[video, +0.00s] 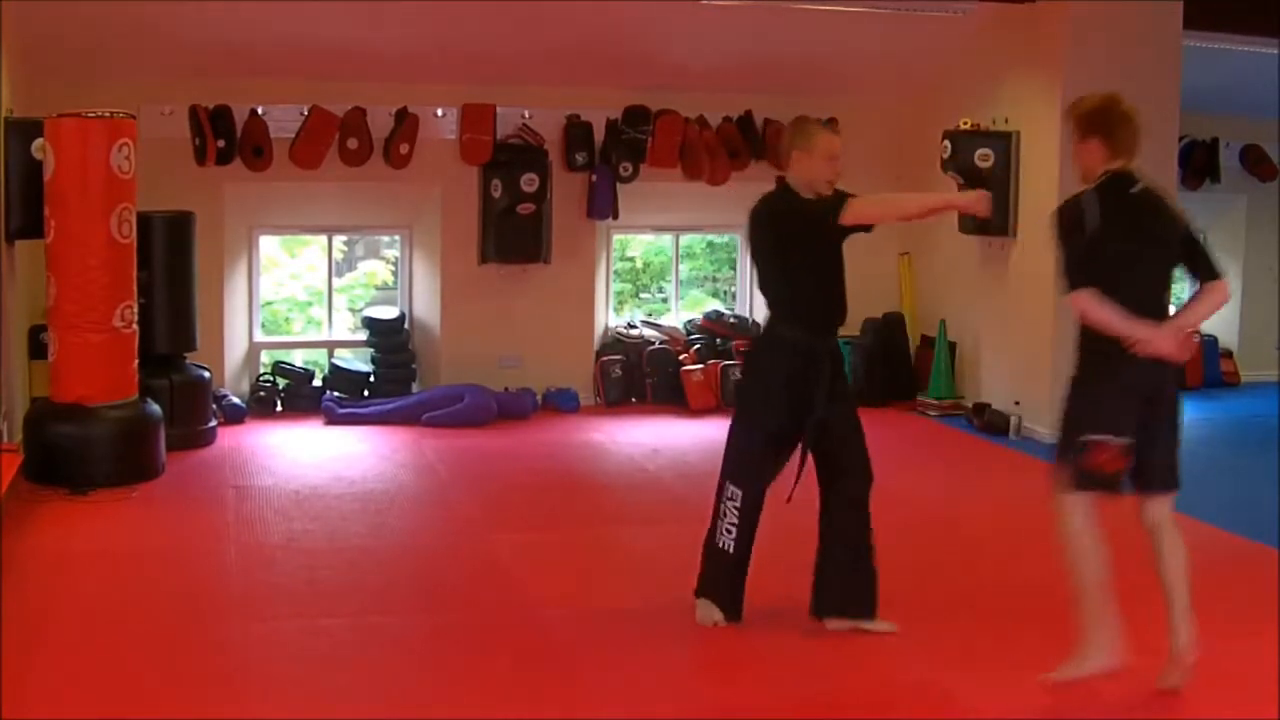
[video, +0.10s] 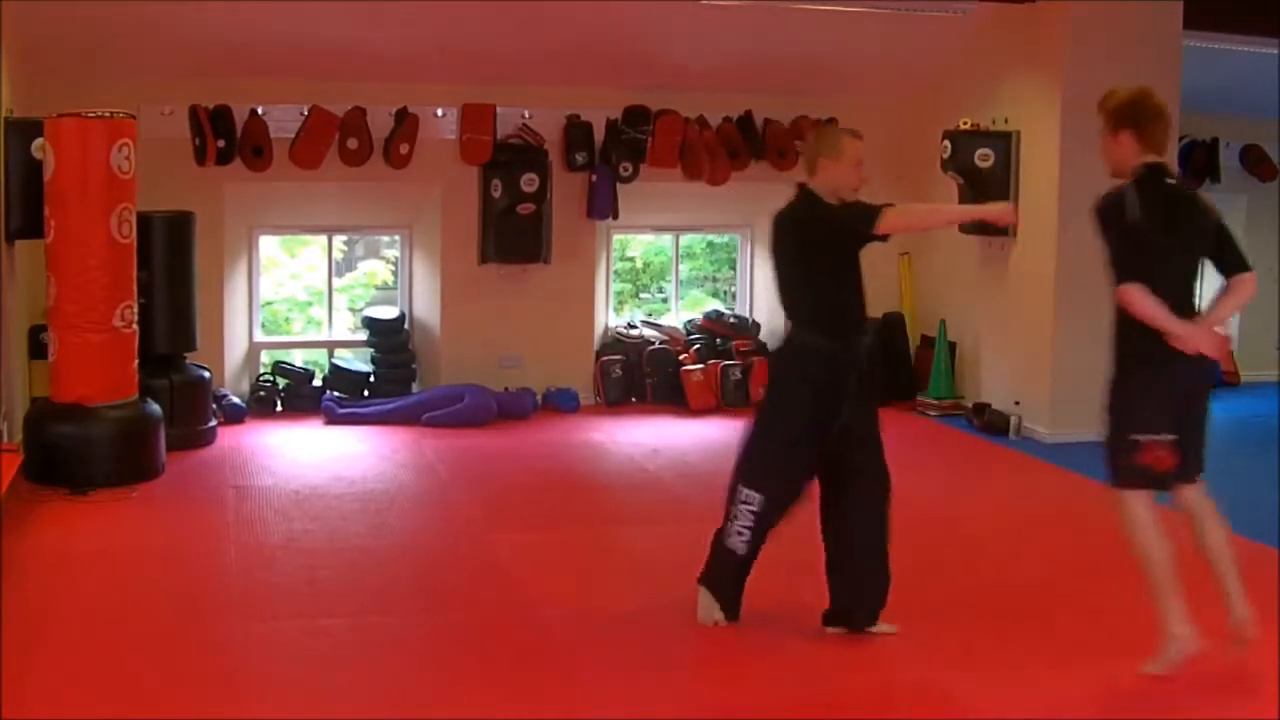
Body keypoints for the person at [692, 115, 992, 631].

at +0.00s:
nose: (836, 171)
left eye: (838, 160)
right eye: (828, 160)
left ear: (813, 163)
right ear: (795, 160)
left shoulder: (824, 207)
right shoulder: (775, 210)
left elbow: (893, 209)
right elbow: (875, 211)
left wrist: (953, 201)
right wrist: (956, 200)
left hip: (822, 361)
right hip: (780, 359)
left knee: (849, 478)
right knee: (744, 478)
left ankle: (842, 604)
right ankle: (715, 594)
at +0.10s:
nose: (862, 175)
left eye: (861, 165)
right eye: (855, 164)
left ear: (827, 168)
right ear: (823, 166)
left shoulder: (827, 216)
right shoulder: (808, 218)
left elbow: (897, 219)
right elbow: (897, 220)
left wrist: (967, 216)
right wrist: (978, 212)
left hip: (843, 376)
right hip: (807, 373)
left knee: (861, 488)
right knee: (769, 478)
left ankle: (853, 608)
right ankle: (717, 583)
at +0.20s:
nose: (886, 173)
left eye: (886, 163)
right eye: (880, 162)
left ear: (845, 165)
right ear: (851, 164)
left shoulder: (834, 215)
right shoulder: (838, 217)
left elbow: (917, 222)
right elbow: (924, 218)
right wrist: (1008, 213)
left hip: (857, 378)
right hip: (838, 378)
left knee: (873, 495)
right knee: (826, 495)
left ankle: (858, 614)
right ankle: (751, 578)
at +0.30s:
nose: (910, 165)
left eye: (910, 156)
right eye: (905, 155)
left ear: (869, 158)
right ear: (878, 157)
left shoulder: (848, 207)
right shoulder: (865, 209)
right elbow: (954, 212)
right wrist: (1033, 204)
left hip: (860, 359)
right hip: (870, 364)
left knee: (865, 482)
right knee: (886, 487)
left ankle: (833, 590)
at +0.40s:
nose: (941, 156)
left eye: (940, 147)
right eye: (936, 147)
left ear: (897, 152)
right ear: (910, 151)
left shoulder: (880, 203)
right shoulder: (890, 205)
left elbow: (961, 213)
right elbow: (974, 207)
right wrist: (1057, 196)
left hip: (881, 356)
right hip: (894, 361)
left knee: (875, 484)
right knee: (926, 486)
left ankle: (851, 611)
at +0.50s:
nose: (971, 175)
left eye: (970, 165)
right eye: (965, 163)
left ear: (924, 164)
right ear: (937, 164)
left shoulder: (896, 215)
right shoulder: (925, 217)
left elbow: (976, 221)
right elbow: (1008, 214)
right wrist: (1084, 204)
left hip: (902, 376)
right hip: (933, 376)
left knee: (898, 497)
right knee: (963, 504)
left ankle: (856, 611)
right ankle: (988, 642)